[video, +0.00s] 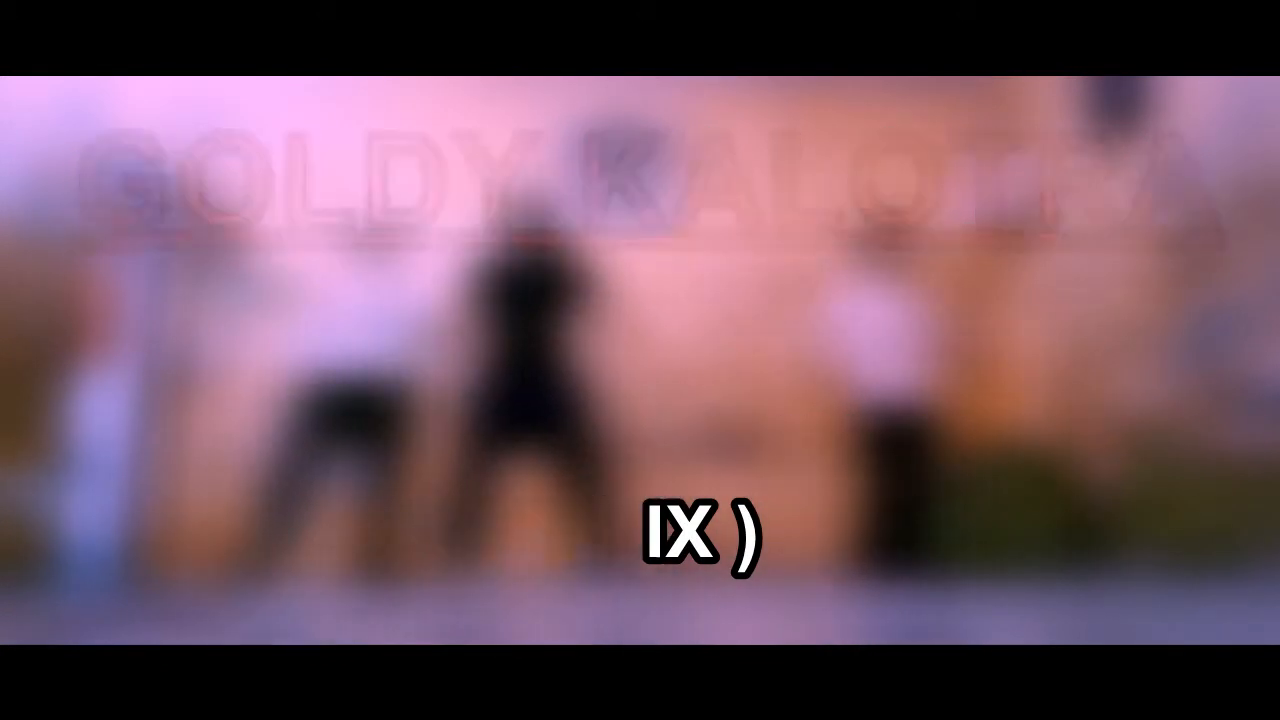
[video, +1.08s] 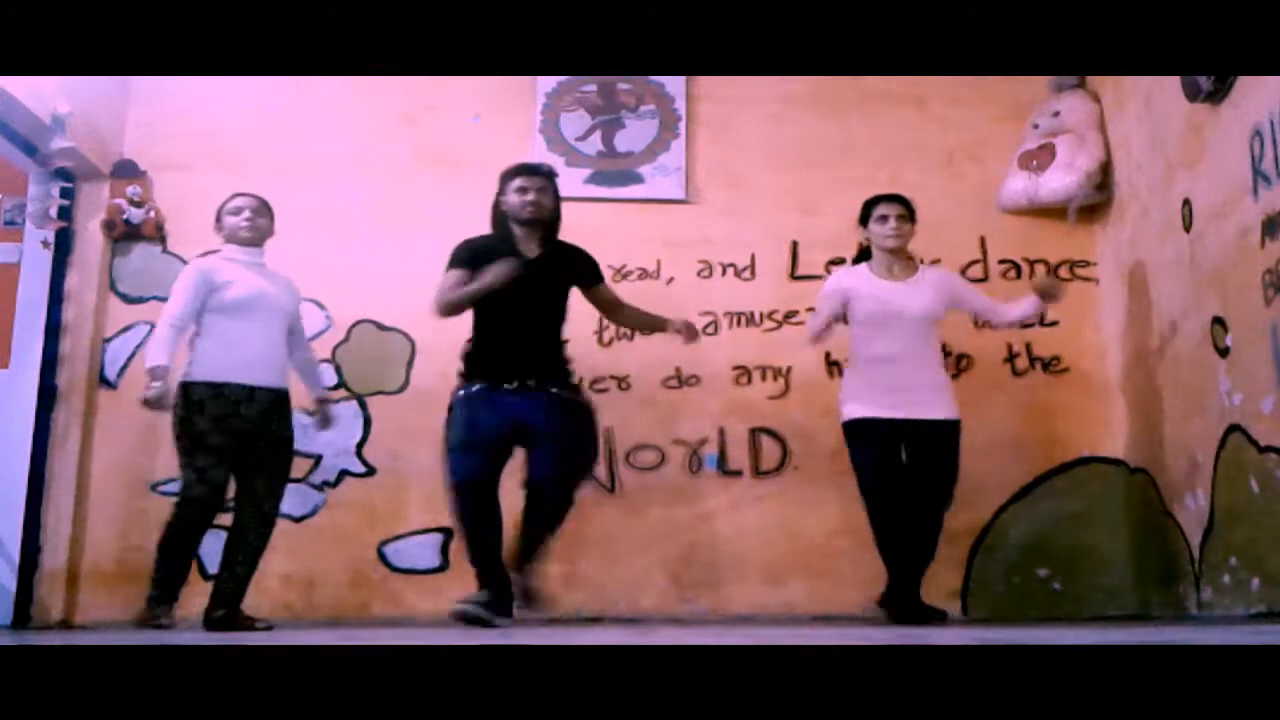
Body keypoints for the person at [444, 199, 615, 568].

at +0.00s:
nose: (531, 238)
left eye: (539, 228)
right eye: (522, 228)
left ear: (551, 231)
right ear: (511, 231)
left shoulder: (558, 269)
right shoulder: (500, 269)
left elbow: (575, 294)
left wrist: (551, 253)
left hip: (549, 384)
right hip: (506, 383)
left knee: (584, 463)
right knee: (475, 466)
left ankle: (599, 547)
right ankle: (461, 550)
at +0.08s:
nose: (512, 217)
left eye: (521, 211)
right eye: (503, 212)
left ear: (536, 220)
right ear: (490, 224)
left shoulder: (561, 266)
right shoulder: (477, 270)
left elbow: (592, 316)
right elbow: (457, 320)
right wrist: (445, 334)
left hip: (545, 382)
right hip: (488, 382)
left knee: (560, 472)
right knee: (470, 474)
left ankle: (566, 555)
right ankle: (459, 558)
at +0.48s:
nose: (493, 214)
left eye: (503, 210)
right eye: (485, 209)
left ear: (519, 221)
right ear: (472, 220)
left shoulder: (536, 263)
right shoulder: (450, 261)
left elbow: (576, 304)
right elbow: (420, 312)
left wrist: (603, 348)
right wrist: (430, 328)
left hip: (514, 381)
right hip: (461, 380)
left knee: (507, 470)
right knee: (443, 470)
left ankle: (499, 556)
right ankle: (438, 557)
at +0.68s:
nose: (499, 227)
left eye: (508, 223)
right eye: (491, 222)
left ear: (522, 232)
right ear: (477, 231)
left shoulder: (541, 274)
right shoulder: (463, 271)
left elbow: (580, 311)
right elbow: (428, 311)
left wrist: (618, 348)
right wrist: (457, 293)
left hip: (521, 389)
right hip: (470, 385)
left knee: (499, 475)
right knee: (435, 458)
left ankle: (488, 559)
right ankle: (442, 546)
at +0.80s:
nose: (486, 194)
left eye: (496, 187)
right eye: (475, 188)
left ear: (511, 198)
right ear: (457, 200)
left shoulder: (533, 250)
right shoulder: (436, 249)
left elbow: (583, 295)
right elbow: (388, 299)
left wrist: (610, 313)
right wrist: (359, 329)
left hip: (506, 383)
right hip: (450, 378)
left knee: (489, 488)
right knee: (480, 463)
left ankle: (413, 587)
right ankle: (444, 567)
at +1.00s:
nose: (516, 199)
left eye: (526, 194)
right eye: (505, 194)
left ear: (540, 207)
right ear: (487, 206)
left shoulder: (559, 258)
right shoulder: (460, 259)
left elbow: (618, 305)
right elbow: (411, 318)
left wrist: (635, 291)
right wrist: (364, 349)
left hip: (523, 393)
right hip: (470, 394)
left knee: (534, 491)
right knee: (514, 486)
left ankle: (429, 572)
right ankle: (506, 598)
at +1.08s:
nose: (531, 197)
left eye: (542, 191)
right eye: (520, 191)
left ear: (556, 206)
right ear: (500, 204)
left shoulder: (571, 260)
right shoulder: (476, 252)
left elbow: (616, 311)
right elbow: (443, 304)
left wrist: (667, 324)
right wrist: (488, 281)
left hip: (549, 391)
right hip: (486, 393)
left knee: (563, 471)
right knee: (470, 484)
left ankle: (522, 564)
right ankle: (493, 591)